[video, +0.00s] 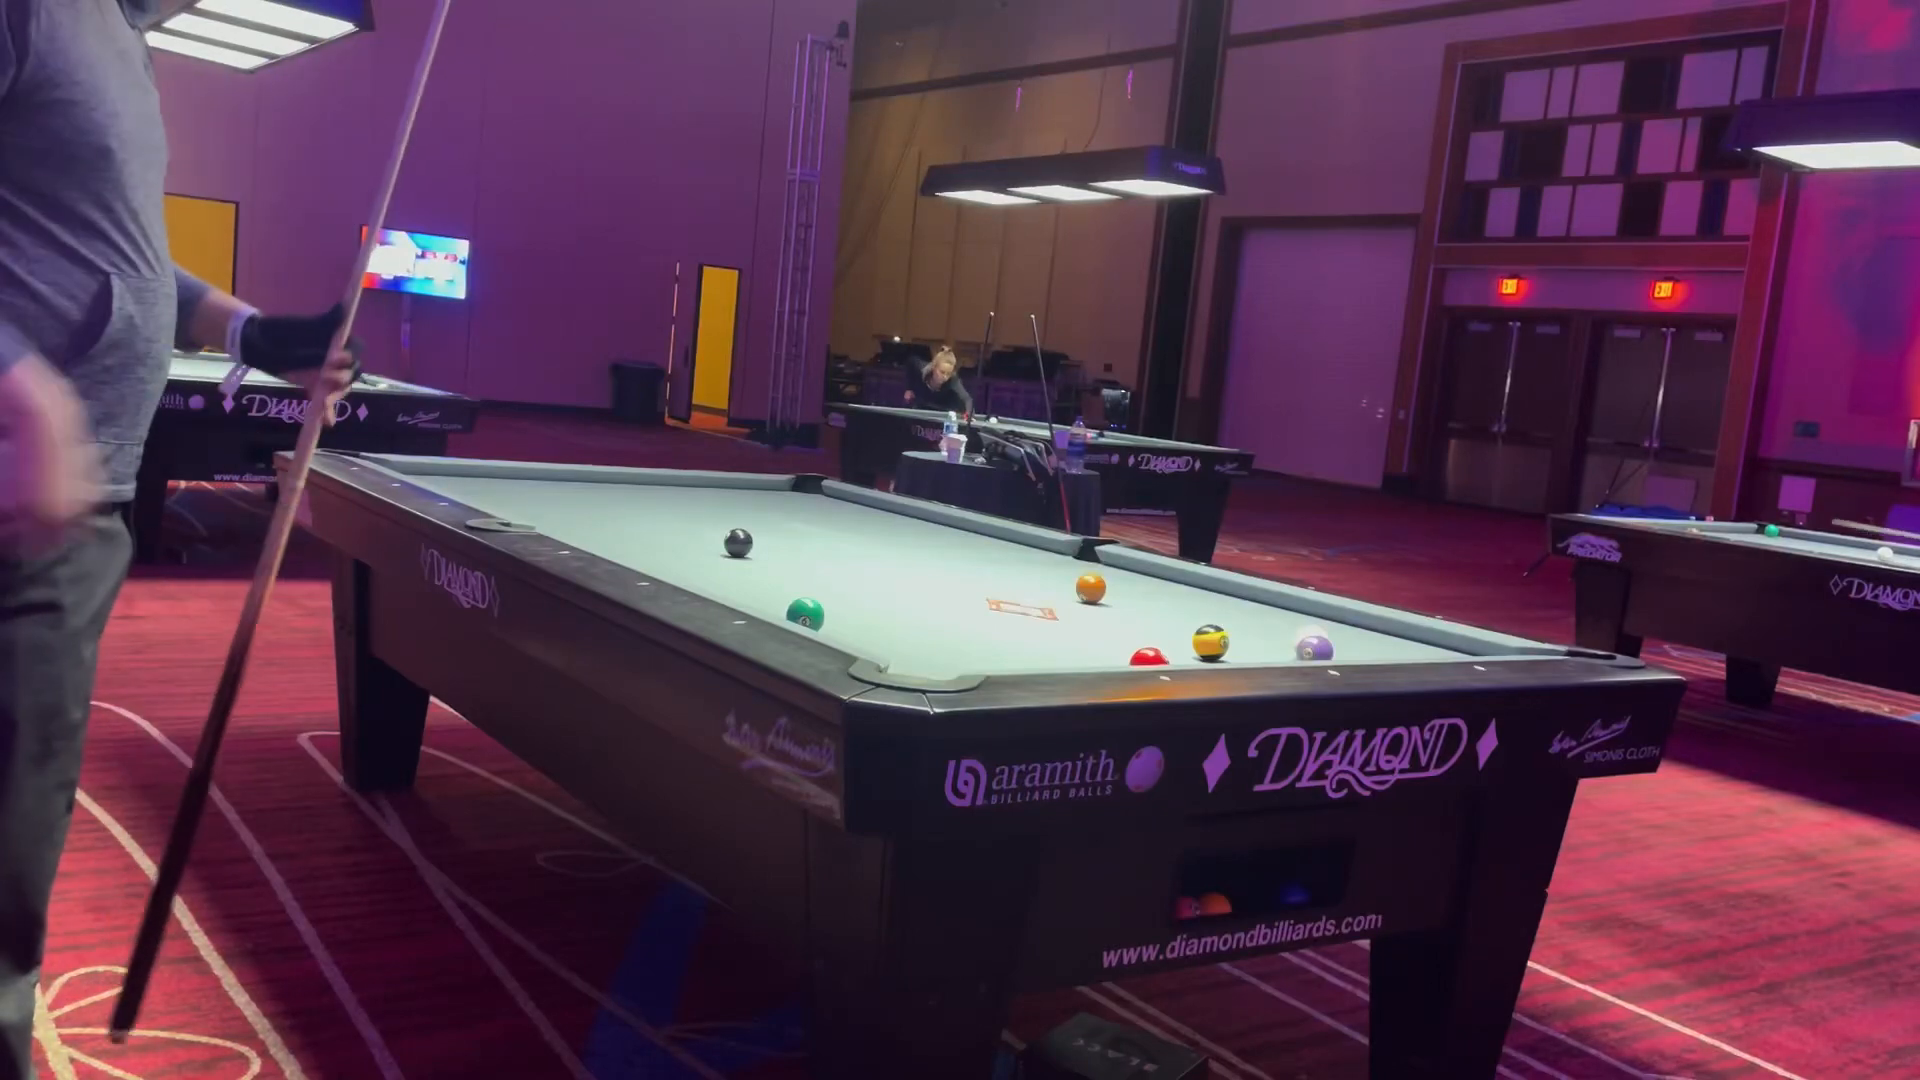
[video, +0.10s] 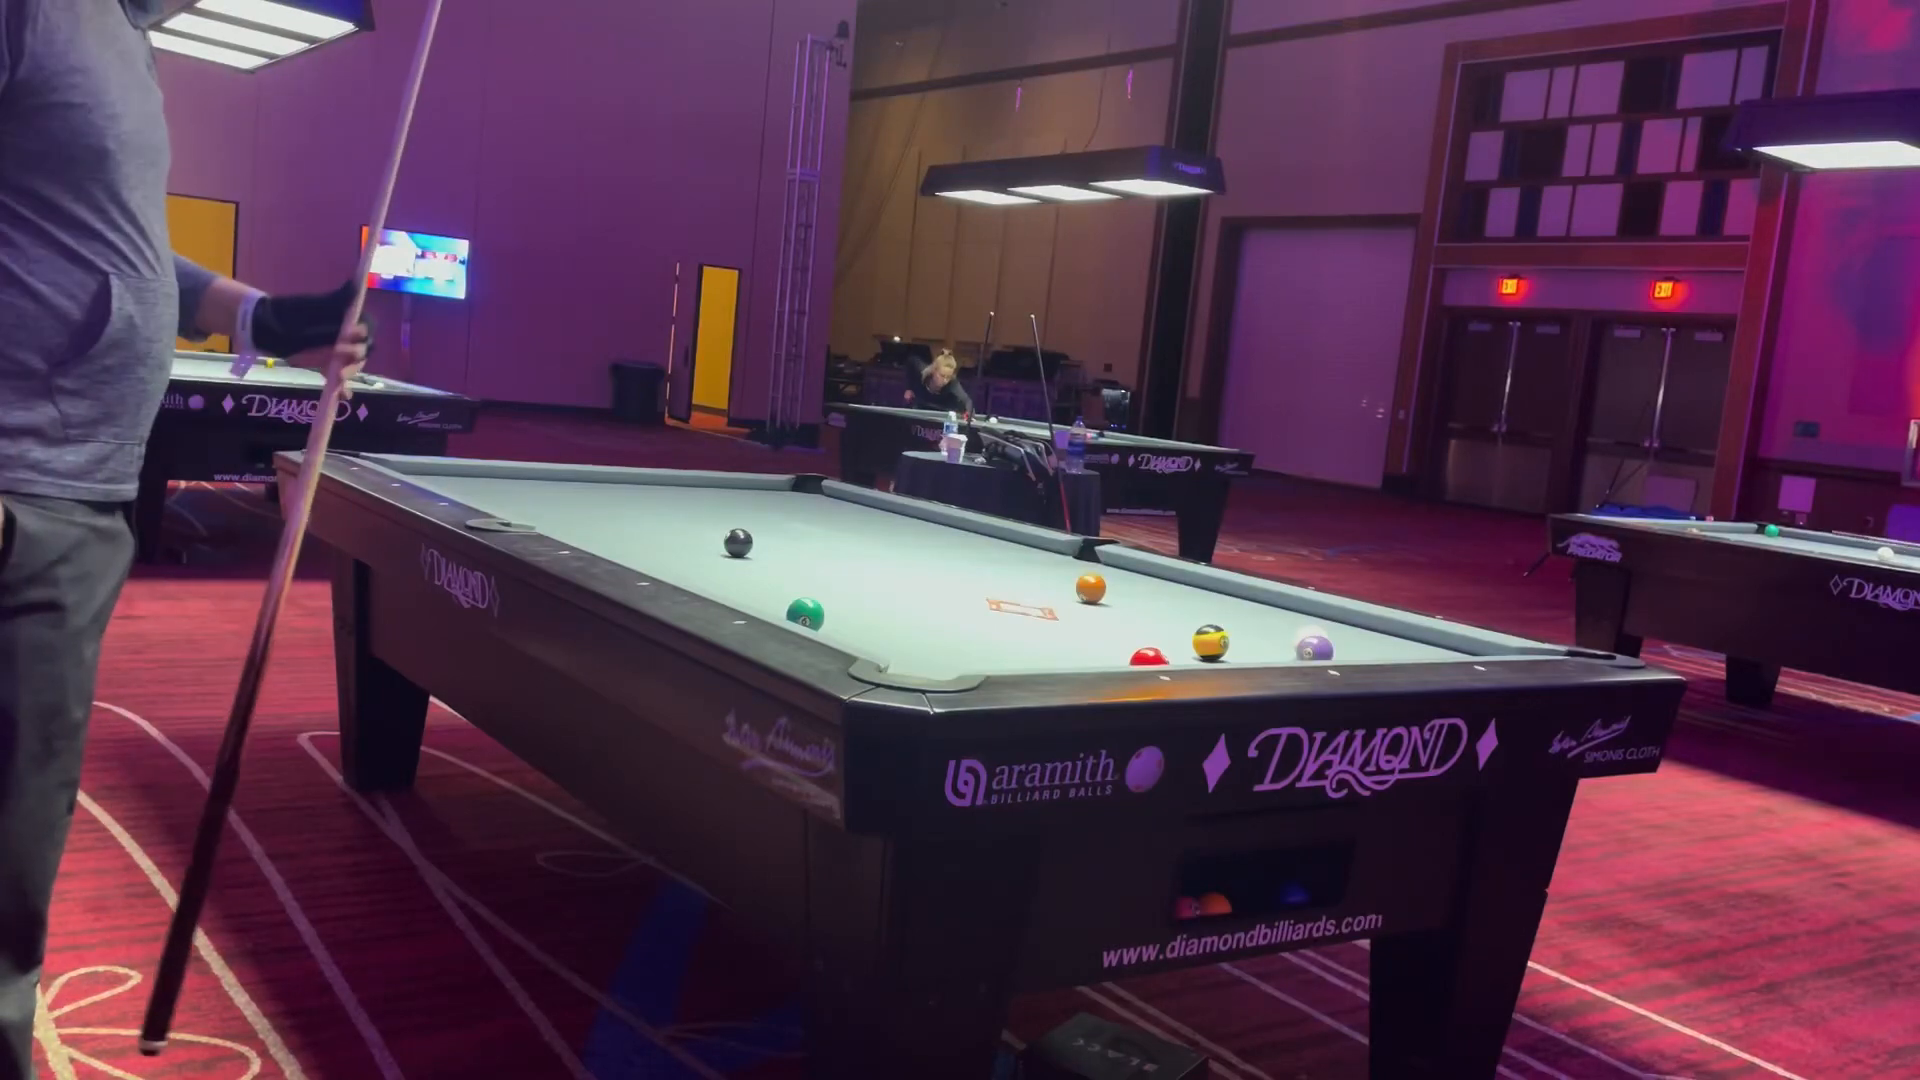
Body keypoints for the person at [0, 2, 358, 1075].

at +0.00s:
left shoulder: (116, 29)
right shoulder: (32, 20)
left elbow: (110, 248)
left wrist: (249, 331)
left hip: (80, 514)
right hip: (25, 524)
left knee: (33, 827)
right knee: (19, 844)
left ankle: (17, 1034)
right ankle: (13, 1040)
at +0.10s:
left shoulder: (120, 26)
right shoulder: (40, 20)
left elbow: (104, 249)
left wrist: (262, 318)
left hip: (79, 505)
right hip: (35, 505)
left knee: (28, 850)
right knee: (19, 858)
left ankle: (18, 1041)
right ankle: (16, 1045)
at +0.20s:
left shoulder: (117, 24)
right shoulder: (31, 21)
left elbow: (105, 246)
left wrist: (278, 303)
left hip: (86, 507)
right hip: (30, 511)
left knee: (37, 818)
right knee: (20, 833)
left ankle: (16, 1037)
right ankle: (12, 1045)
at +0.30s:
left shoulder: (121, 22)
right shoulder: (33, 19)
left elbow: (102, 237)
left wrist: (282, 286)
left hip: (87, 507)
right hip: (31, 514)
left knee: (35, 843)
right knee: (17, 855)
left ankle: (20, 1044)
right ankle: (14, 1048)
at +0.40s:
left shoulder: (126, 22)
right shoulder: (38, 19)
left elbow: (113, 234)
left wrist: (306, 266)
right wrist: (0, 439)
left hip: (93, 510)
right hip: (41, 514)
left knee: (34, 869)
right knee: (22, 885)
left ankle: (29, 1045)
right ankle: (24, 1051)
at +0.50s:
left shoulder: (126, 18)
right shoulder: (35, 18)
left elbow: (118, 225)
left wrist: (311, 245)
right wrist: (18, 438)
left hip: (102, 512)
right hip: (40, 520)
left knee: (68, 848)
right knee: (46, 861)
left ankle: (40, 1053)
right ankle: (31, 1054)